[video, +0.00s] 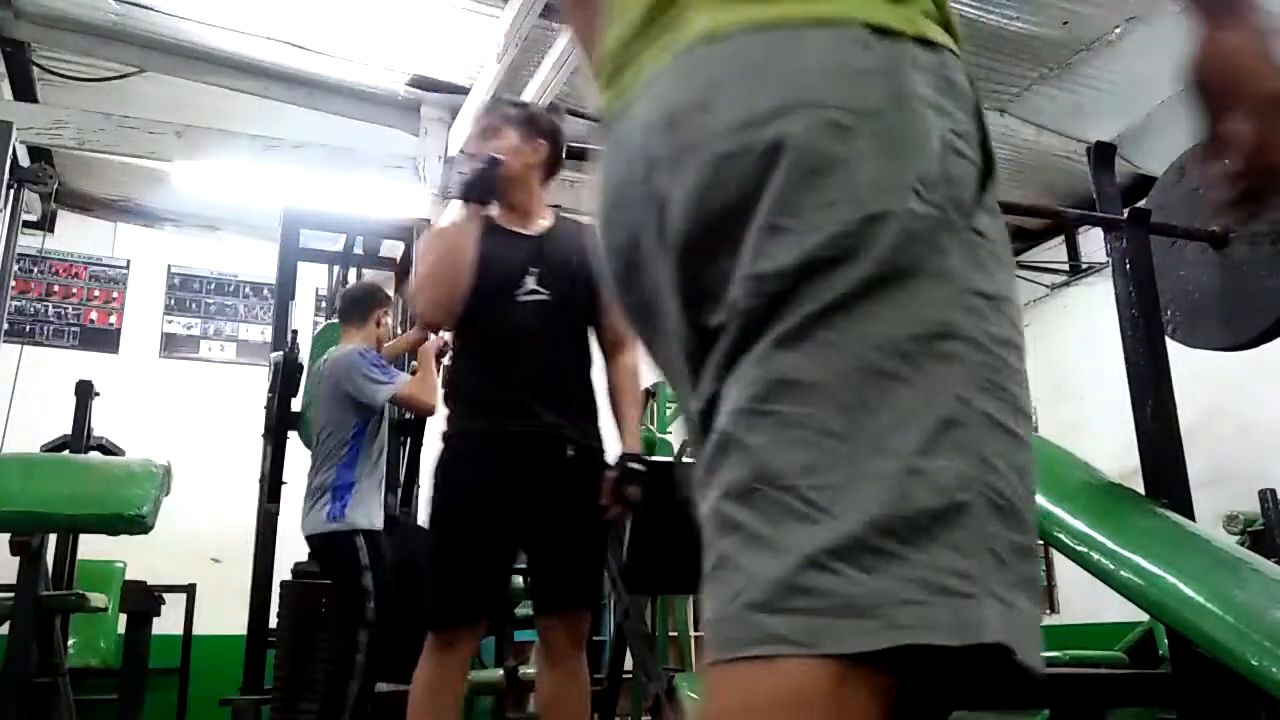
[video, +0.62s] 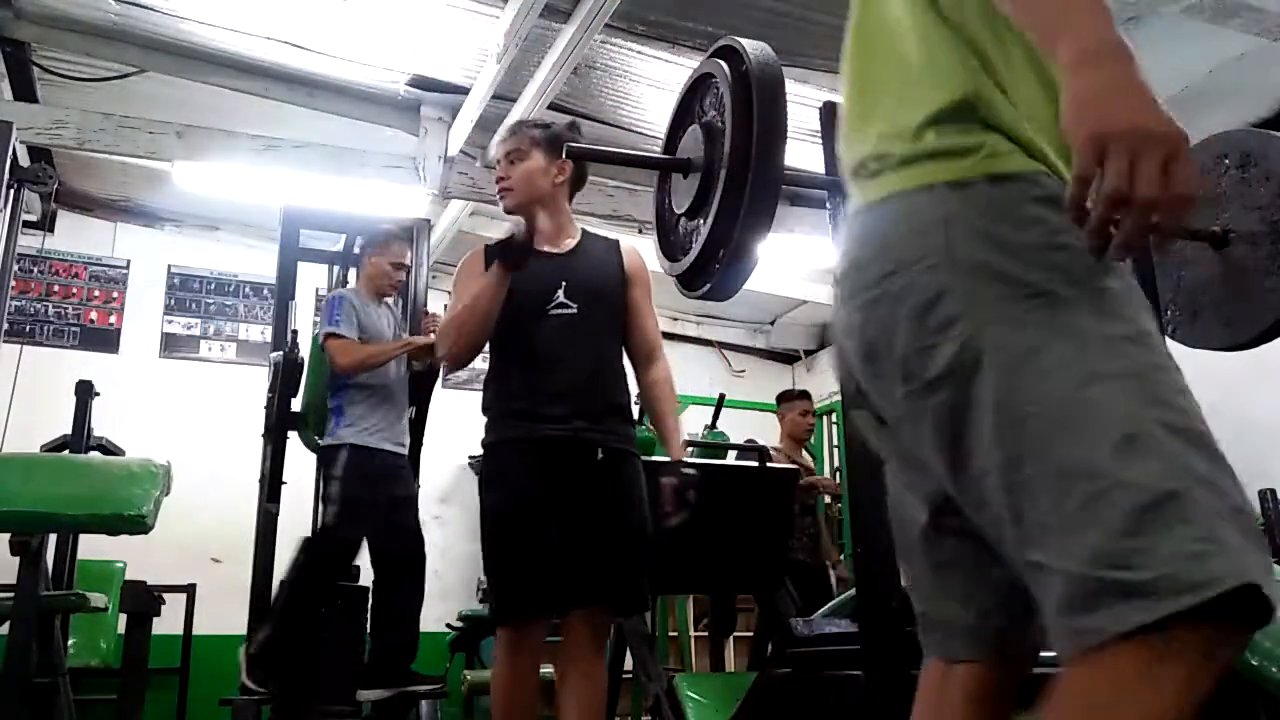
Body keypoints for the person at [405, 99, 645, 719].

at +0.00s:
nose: (479, 149)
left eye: (495, 136)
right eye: (475, 140)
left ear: (542, 150)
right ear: (470, 156)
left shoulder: (587, 242)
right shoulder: (452, 236)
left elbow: (620, 348)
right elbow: (431, 310)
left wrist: (631, 451)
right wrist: (466, 206)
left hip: (568, 459)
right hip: (478, 458)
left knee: (566, 636)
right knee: (451, 636)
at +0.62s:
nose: (499, 175)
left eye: (514, 159)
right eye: (496, 165)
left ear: (561, 170)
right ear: (500, 181)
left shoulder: (622, 259)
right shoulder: (486, 260)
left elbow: (651, 364)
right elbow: (452, 351)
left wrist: (675, 457)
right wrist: (502, 268)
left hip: (604, 459)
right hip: (517, 460)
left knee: (589, 631)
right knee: (519, 634)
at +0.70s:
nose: (493, 174)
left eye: (508, 159)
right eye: (492, 164)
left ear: (555, 171)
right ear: (498, 180)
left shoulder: (619, 259)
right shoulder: (481, 266)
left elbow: (645, 361)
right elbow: (442, 361)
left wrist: (653, 458)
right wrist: (501, 308)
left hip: (599, 459)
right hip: (512, 460)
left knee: (587, 627)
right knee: (516, 630)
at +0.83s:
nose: (484, 178)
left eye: (499, 163)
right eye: (483, 167)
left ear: (546, 173)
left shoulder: (609, 259)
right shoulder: (474, 270)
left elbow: (640, 360)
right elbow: (423, 366)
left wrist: (646, 456)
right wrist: (481, 375)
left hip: (594, 466)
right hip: (509, 468)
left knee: (592, 628)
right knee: (514, 633)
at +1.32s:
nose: (555, 182)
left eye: (566, 171)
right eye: (539, 169)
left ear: (580, 184)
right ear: (512, 182)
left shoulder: (615, 267)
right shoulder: (478, 273)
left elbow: (645, 365)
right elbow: (425, 368)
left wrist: (667, 460)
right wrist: (462, 452)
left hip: (611, 473)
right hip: (522, 475)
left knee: (645, 625)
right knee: (524, 642)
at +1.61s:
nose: (644, 192)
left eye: (646, 183)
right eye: (629, 179)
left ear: (645, 196)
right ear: (588, 187)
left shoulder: (656, 286)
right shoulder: (544, 264)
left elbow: (671, 384)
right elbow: (487, 349)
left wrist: (701, 464)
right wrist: (531, 435)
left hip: (643, 476)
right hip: (569, 474)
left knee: (647, 631)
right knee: (551, 636)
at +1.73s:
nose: (663, 193)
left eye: (667, 182)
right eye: (650, 181)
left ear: (672, 197)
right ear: (620, 194)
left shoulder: (673, 296)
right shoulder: (584, 259)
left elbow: (688, 398)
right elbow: (533, 343)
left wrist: (721, 467)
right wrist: (589, 432)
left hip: (664, 473)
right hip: (597, 468)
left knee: (659, 628)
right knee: (575, 634)